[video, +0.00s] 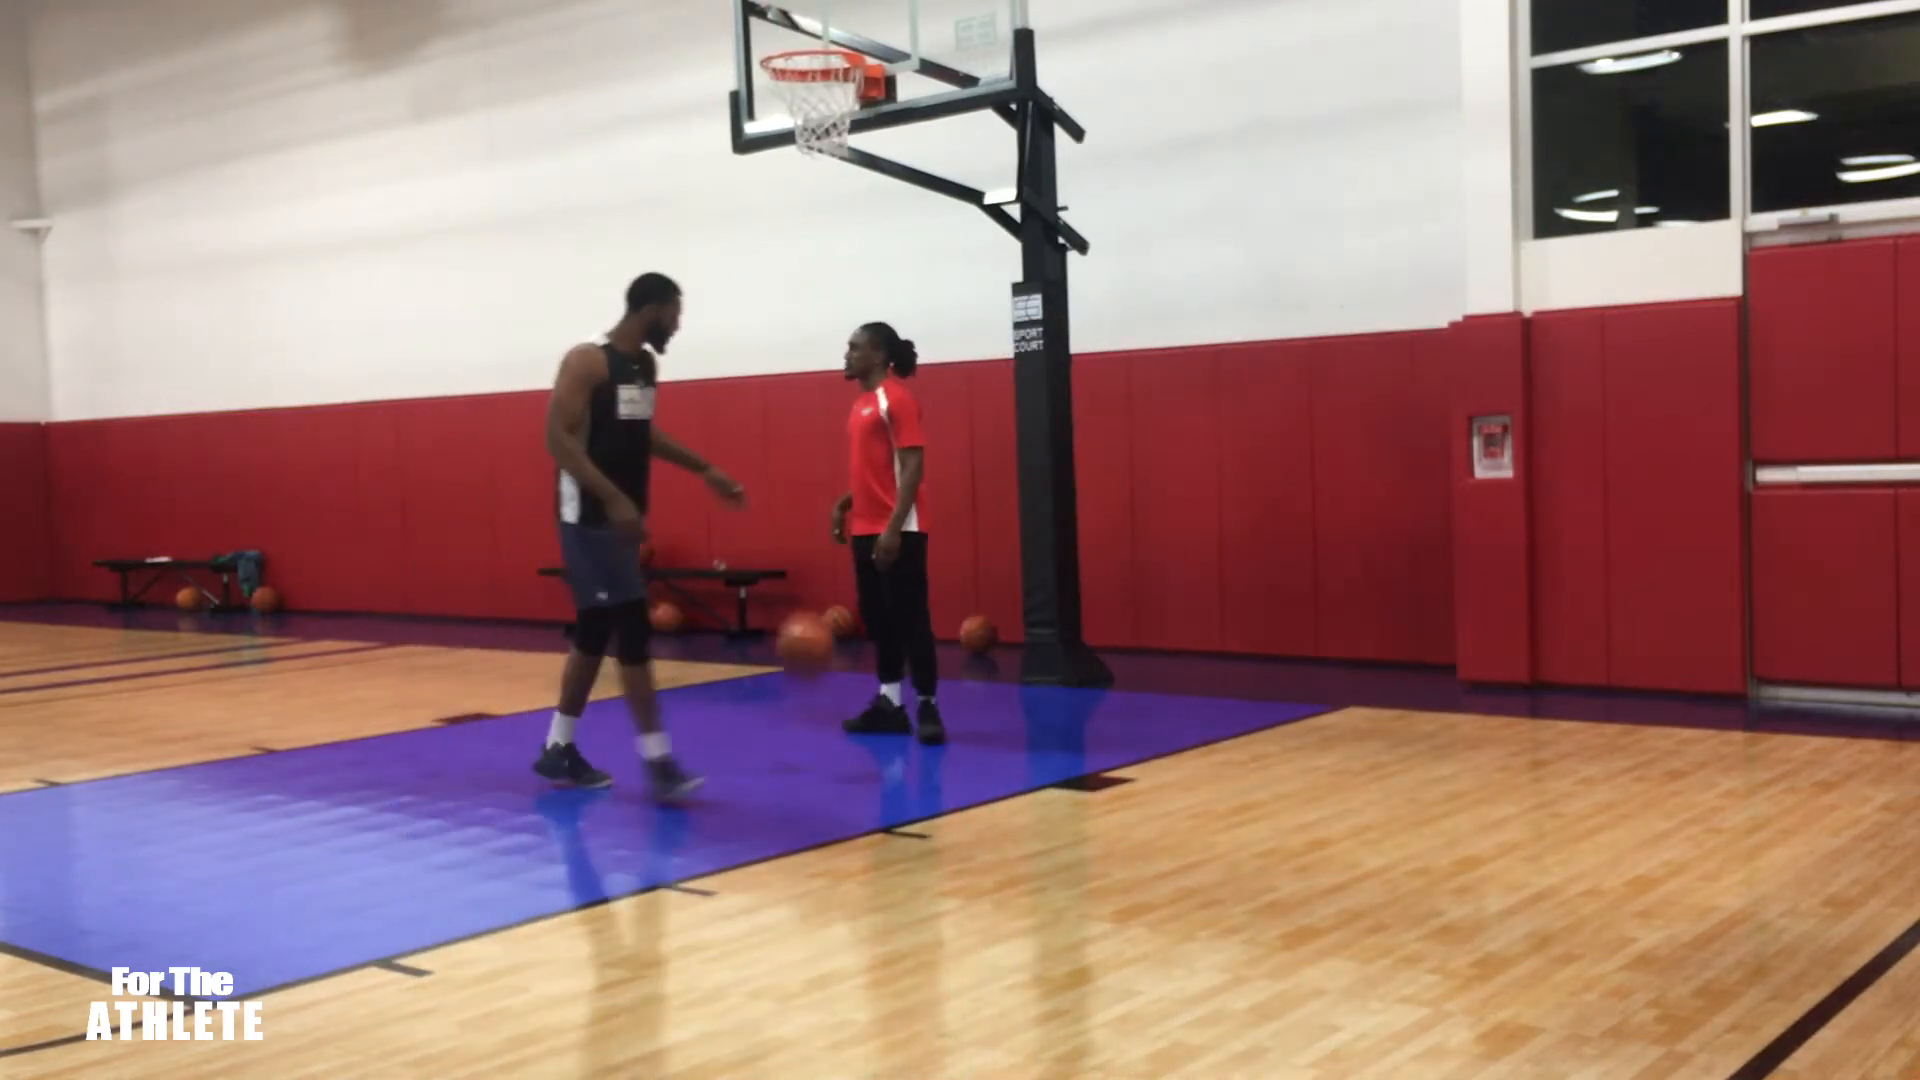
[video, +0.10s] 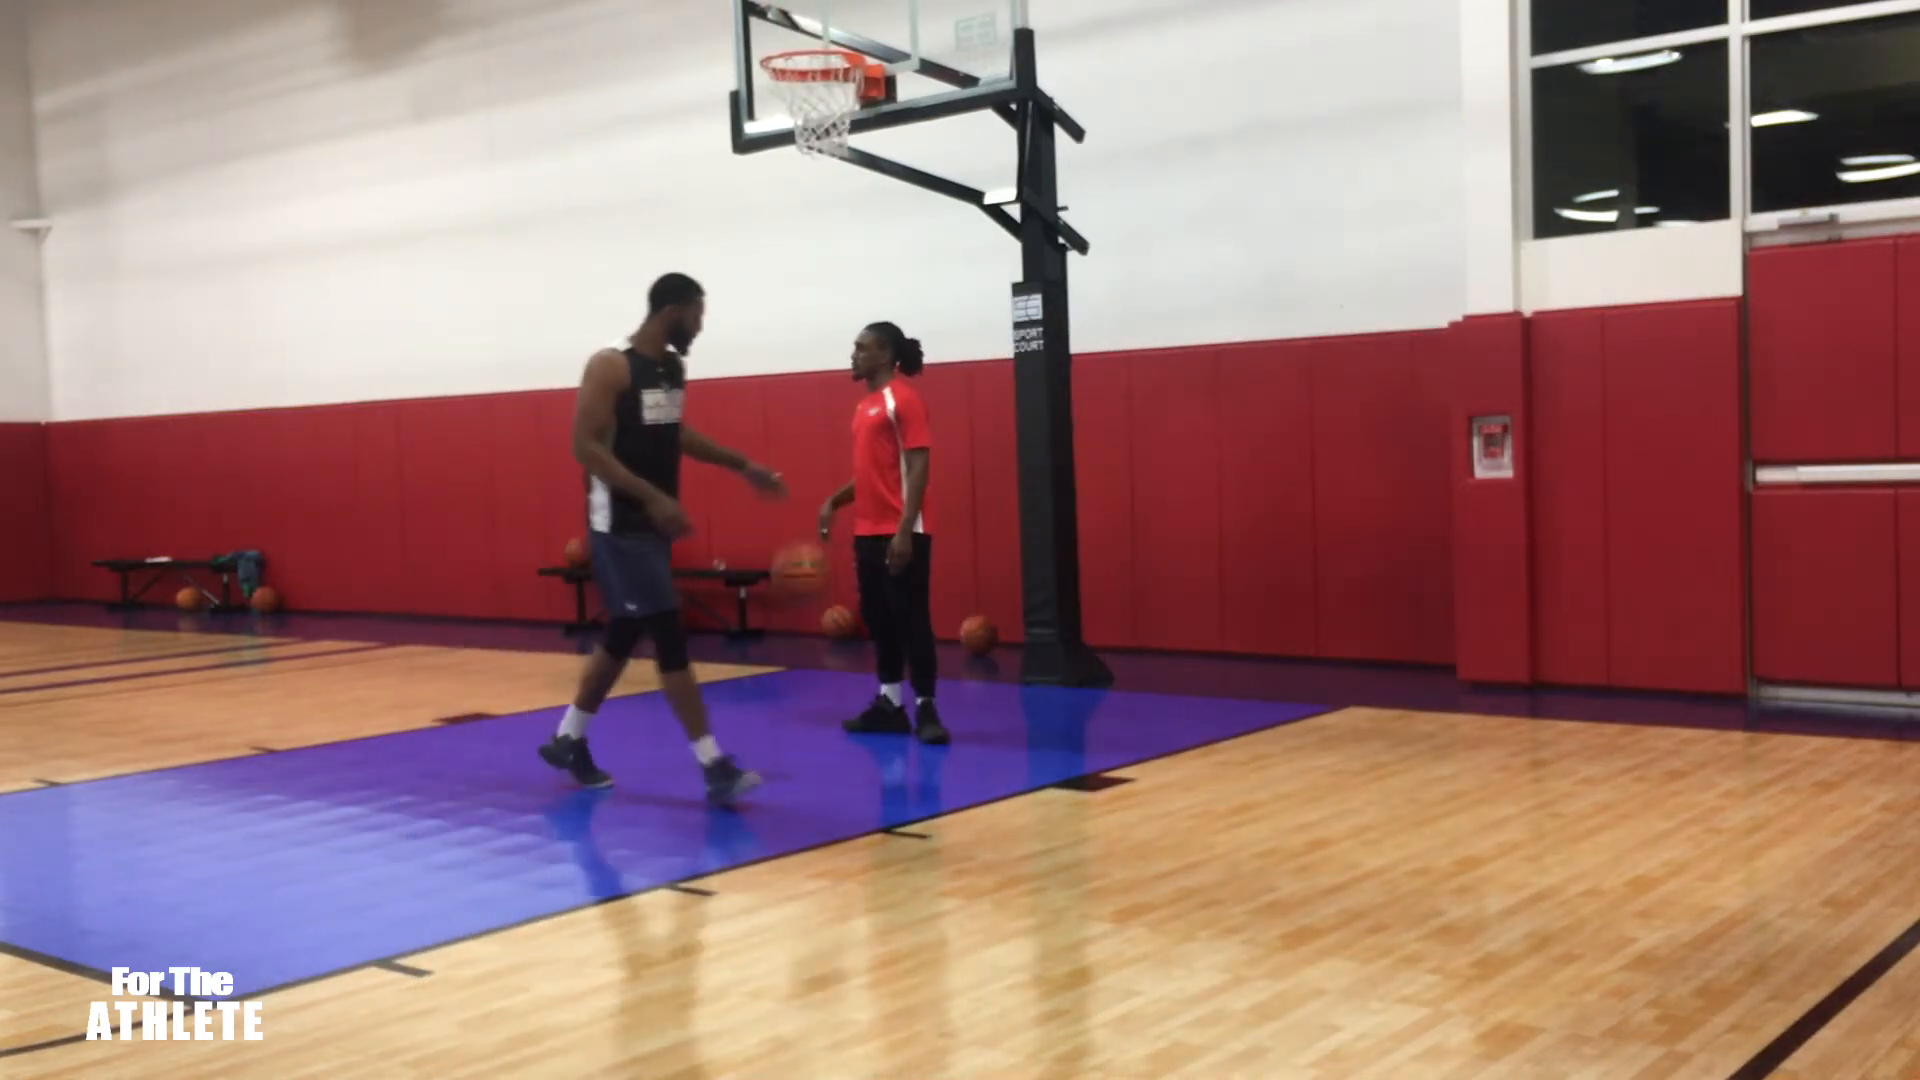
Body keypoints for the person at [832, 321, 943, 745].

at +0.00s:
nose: (847, 355)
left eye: (855, 348)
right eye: (848, 348)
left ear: (880, 355)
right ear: (867, 355)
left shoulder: (897, 398)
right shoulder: (864, 401)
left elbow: (911, 465)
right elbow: (872, 469)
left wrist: (893, 528)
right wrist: (845, 502)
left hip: (900, 530)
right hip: (868, 531)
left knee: (912, 618)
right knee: (879, 619)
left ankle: (927, 706)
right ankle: (888, 702)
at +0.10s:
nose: (853, 355)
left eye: (862, 348)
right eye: (855, 348)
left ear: (886, 355)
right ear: (873, 356)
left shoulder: (905, 398)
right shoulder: (867, 403)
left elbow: (917, 464)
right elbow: (870, 472)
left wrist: (906, 530)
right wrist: (834, 501)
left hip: (902, 533)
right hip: (870, 533)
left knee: (912, 619)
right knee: (879, 618)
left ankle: (925, 707)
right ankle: (889, 703)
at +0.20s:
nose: (862, 355)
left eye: (870, 349)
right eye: (863, 348)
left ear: (895, 355)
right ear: (878, 355)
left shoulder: (915, 397)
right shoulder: (871, 405)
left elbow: (928, 465)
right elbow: (870, 471)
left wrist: (917, 532)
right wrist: (823, 496)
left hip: (907, 534)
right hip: (874, 534)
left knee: (915, 621)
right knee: (880, 618)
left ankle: (926, 708)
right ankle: (889, 703)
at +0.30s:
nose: (872, 354)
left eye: (882, 348)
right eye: (873, 347)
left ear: (907, 355)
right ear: (882, 354)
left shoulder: (925, 400)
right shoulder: (874, 407)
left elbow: (939, 468)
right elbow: (872, 468)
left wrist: (928, 533)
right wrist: (826, 488)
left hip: (915, 533)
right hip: (879, 534)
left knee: (920, 621)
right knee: (884, 619)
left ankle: (927, 708)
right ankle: (889, 703)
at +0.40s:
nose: (882, 354)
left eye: (891, 349)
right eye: (883, 348)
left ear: (917, 356)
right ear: (888, 355)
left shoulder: (938, 403)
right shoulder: (878, 410)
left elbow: (951, 470)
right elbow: (871, 471)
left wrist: (941, 534)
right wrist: (825, 486)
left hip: (924, 532)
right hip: (883, 534)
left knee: (928, 622)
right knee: (883, 617)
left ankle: (929, 708)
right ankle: (889, 703)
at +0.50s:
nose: (892, 355)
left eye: (901, 349)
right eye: (891, 348)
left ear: (925, 356)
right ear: (892, 352)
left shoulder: (947, 402)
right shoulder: (882, 408)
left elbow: (962, 469)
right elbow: (874, 473)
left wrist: (953, 534)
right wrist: (832, 489)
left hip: (930, 532)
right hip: (888, 532)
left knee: (932, 623)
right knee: (885, 616)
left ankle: (929, 707)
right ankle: (888, 701)